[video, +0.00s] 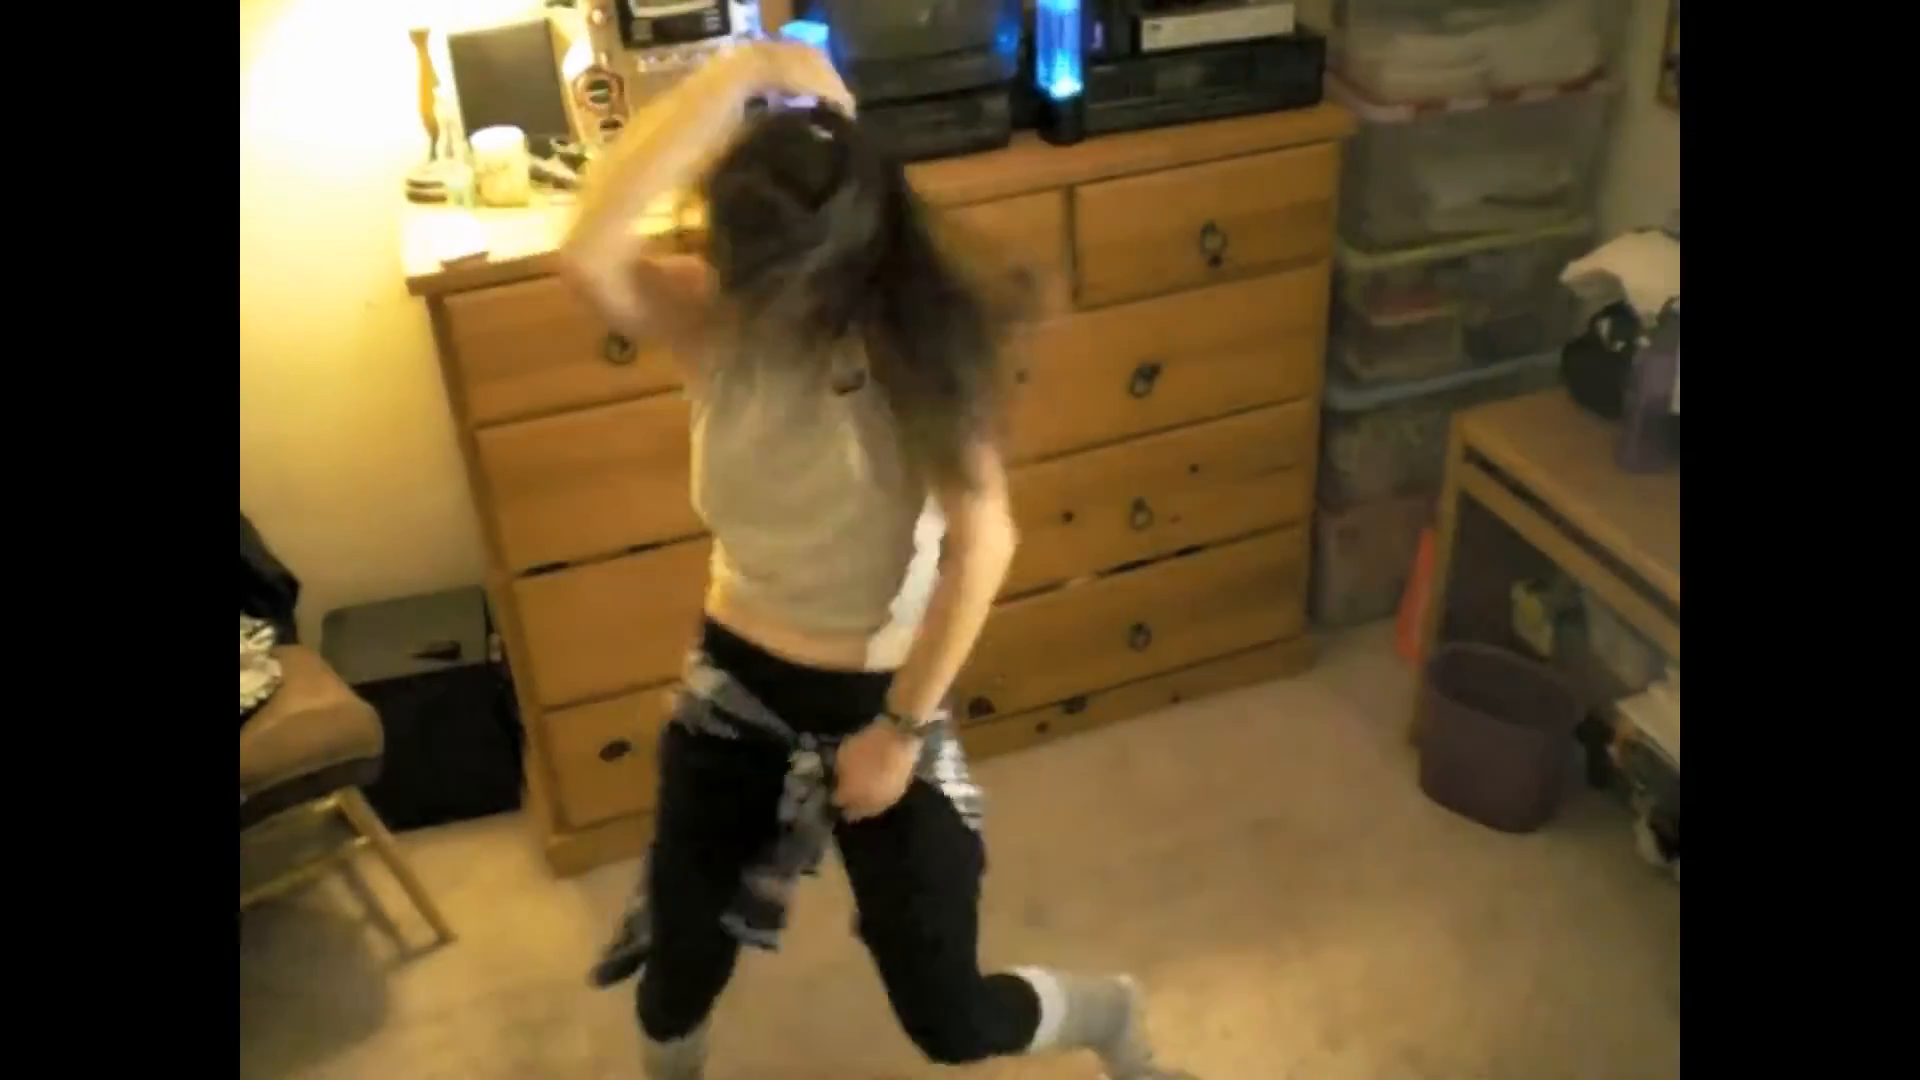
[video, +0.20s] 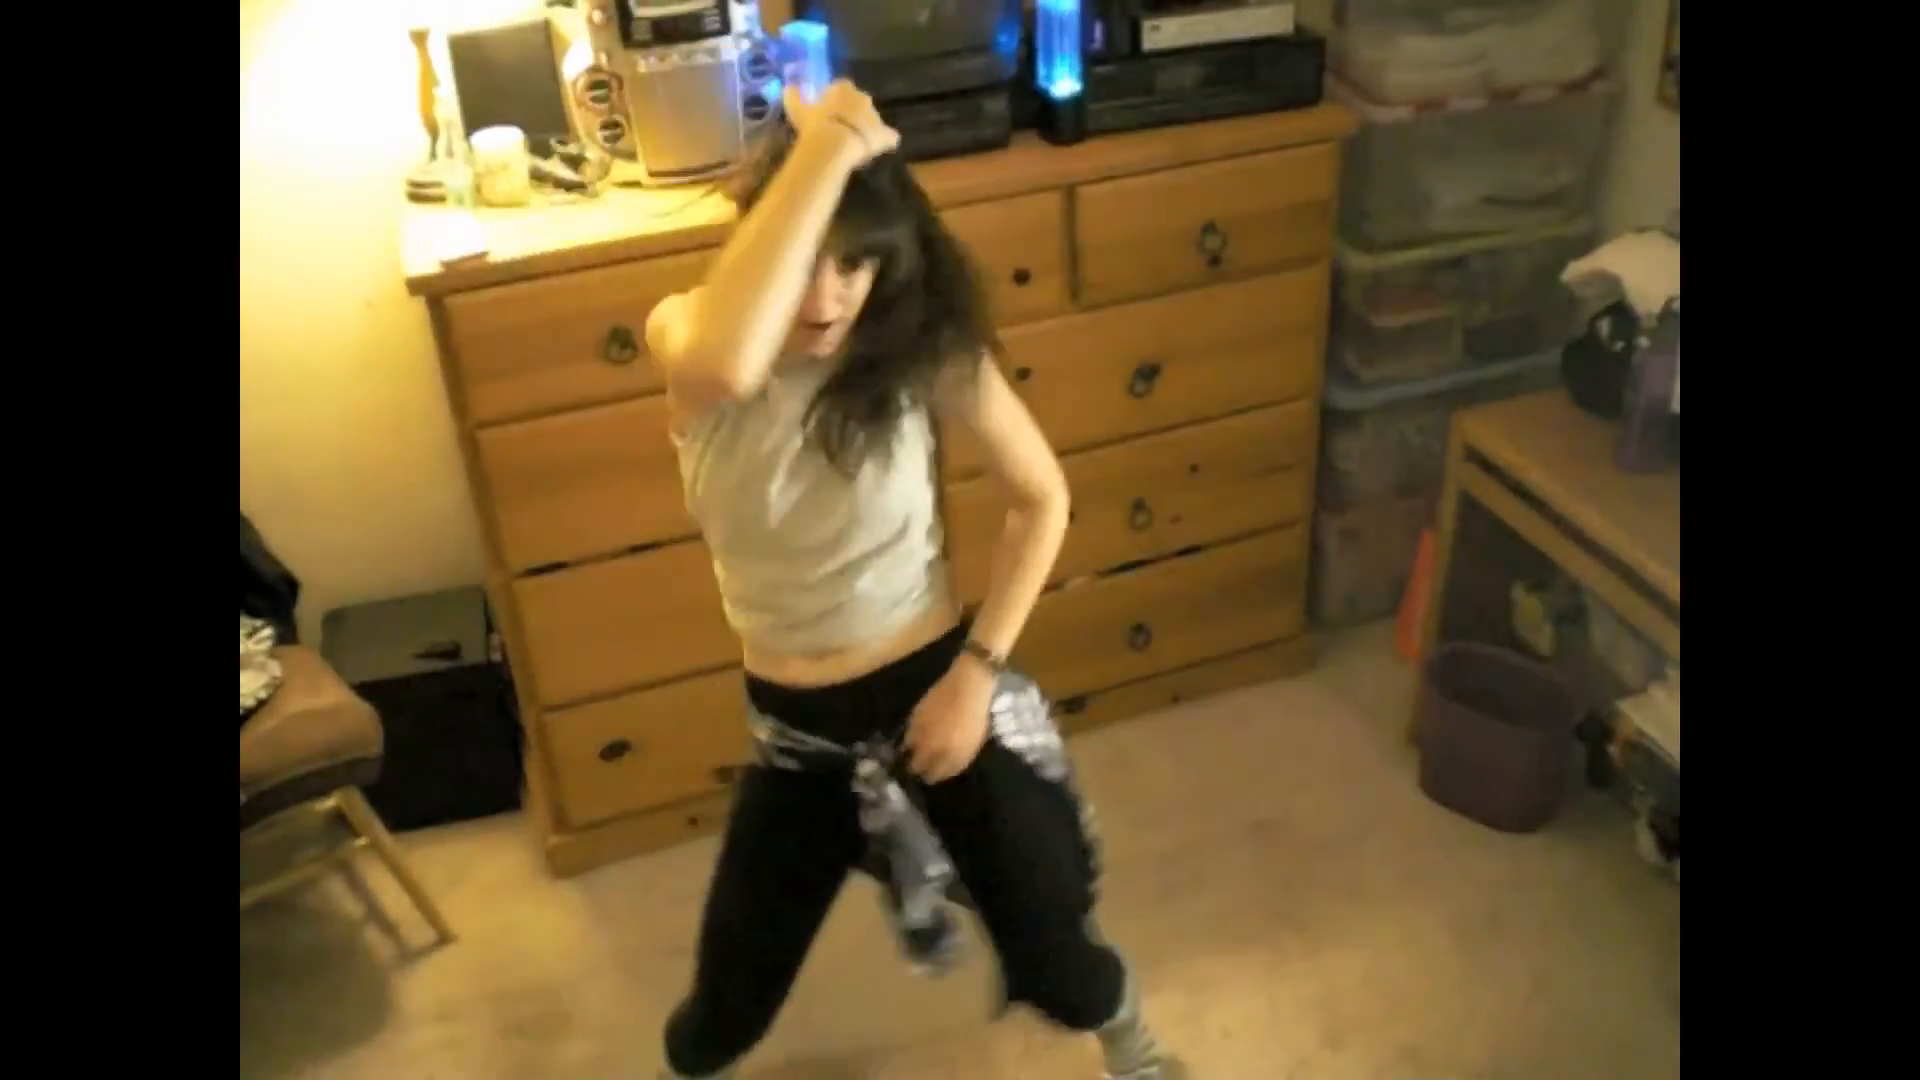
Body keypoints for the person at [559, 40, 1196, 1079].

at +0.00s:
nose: (779, 322)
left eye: (802, 300)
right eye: (758, 296)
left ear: (855, 264)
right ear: (733, 255)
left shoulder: (922, 338)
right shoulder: (719, 315)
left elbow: (984, 533)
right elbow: (589, 260)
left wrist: (899, 726)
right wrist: (729, 76)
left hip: (884, 708)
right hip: (738, 686)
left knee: (947, 1022)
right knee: (679, 972)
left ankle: (1108, 1012)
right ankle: (668, 1061)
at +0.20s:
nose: (825, 295)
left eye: (855, 264)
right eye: (806, 261)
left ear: (889, 270)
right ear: (753, 249)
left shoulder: (926, 352)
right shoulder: (688, 331)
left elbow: (1038, 497)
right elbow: (723, 367)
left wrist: (976, 672)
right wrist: (820, 159)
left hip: (941, 705)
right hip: (797, 737)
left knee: (1057, 968)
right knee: (724, 1015)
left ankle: (1132, 1046)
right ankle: (688, 1071)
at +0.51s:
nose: (850, 300)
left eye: (871, 262)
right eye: (816, 272)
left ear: (890, 251)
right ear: (749, 257)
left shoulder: (875, 331)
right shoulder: (715, 337)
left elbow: (889, 510)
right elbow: (908, 490)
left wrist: (980, 591)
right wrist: (938, 264)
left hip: (937, 686)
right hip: (797, 761)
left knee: (1133, 899)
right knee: (763, 1045)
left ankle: (1115, 1039)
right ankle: (703, 1066)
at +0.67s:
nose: (906, 276)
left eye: (919, 241)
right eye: (867, 256)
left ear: (932, 216)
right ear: (795, 250)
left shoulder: (862, 326)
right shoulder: (800, 362)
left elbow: (918, 496)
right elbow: (940, 570)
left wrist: (1023, 465)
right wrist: (1065, 398)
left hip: (924, 703)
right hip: (798, 761)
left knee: (1109, 847)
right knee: (768, 1013)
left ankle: (1086, 1025)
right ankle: (688, 1059)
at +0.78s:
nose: (939, 273)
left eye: (949, 238)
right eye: (901, 254)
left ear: (961, 217)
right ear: (821, 248)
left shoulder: (888, 327)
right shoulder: (852, 356)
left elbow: (983, 450)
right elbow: (986, 572)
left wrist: (1142, 486)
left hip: (918, 711)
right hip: (821, 759)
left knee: (1086, 859)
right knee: (774, 992)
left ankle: (1079, 1022)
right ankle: (668, 1062)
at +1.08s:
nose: (1230, 640)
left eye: (1258, 612)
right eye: (1248, 599)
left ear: (1191, 502)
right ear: (1205, 533)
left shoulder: (1053, 469)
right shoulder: (1062, 603)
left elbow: (897, 456)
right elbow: (830, 673)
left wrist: (768, 404)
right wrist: (631, 762)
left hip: (915, 704)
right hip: (813, 770)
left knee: (1080, 874)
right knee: (939, 1013)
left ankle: (1073, 1031)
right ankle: (823, 1055)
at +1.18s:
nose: (1136, 810)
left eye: (1155, 806)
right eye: (1156, 799)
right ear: (1163, 737)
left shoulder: (1089, 567)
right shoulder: (1031, 712)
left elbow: (890, 504)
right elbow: (801, 673)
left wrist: (730, 476)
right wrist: (581, 686)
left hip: (913, 728)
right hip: (803, 784)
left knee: (1085, 860)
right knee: (937, 1022)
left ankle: (1071, 1027)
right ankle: (814, 1057)